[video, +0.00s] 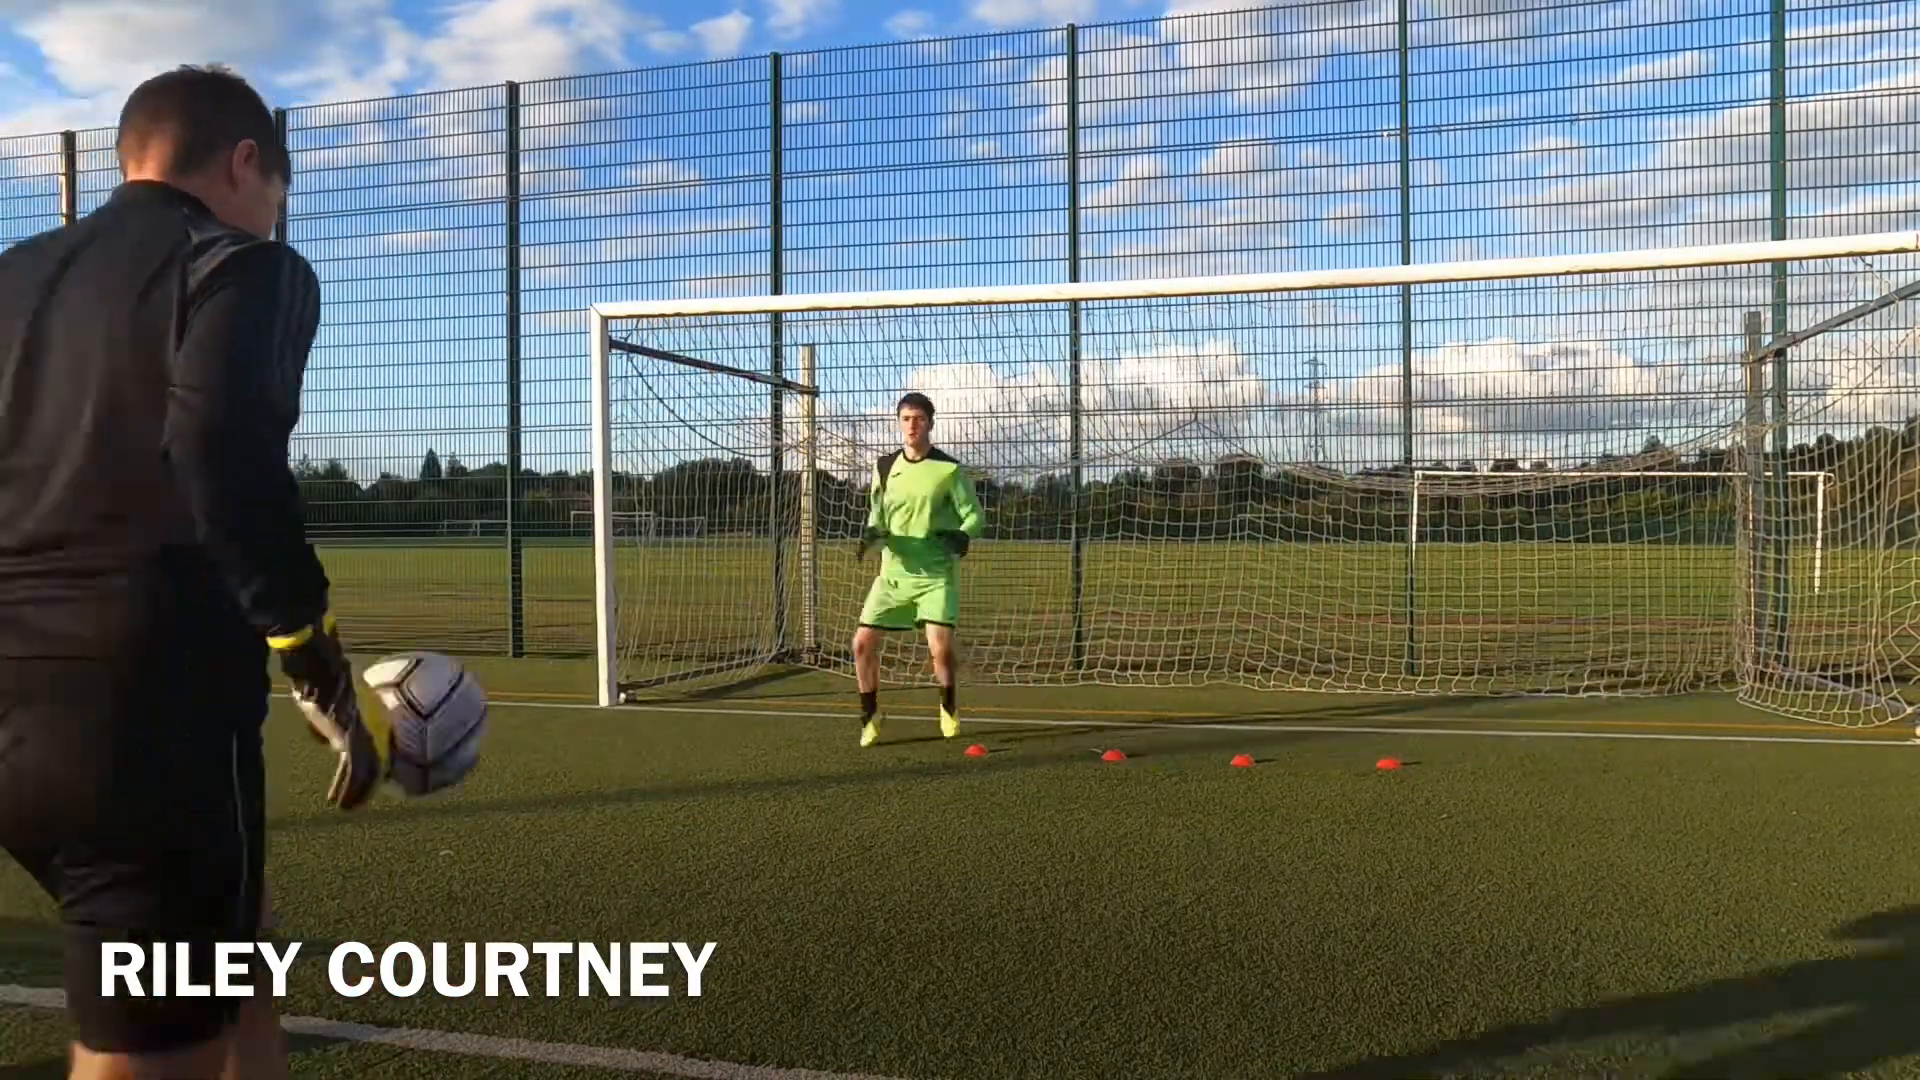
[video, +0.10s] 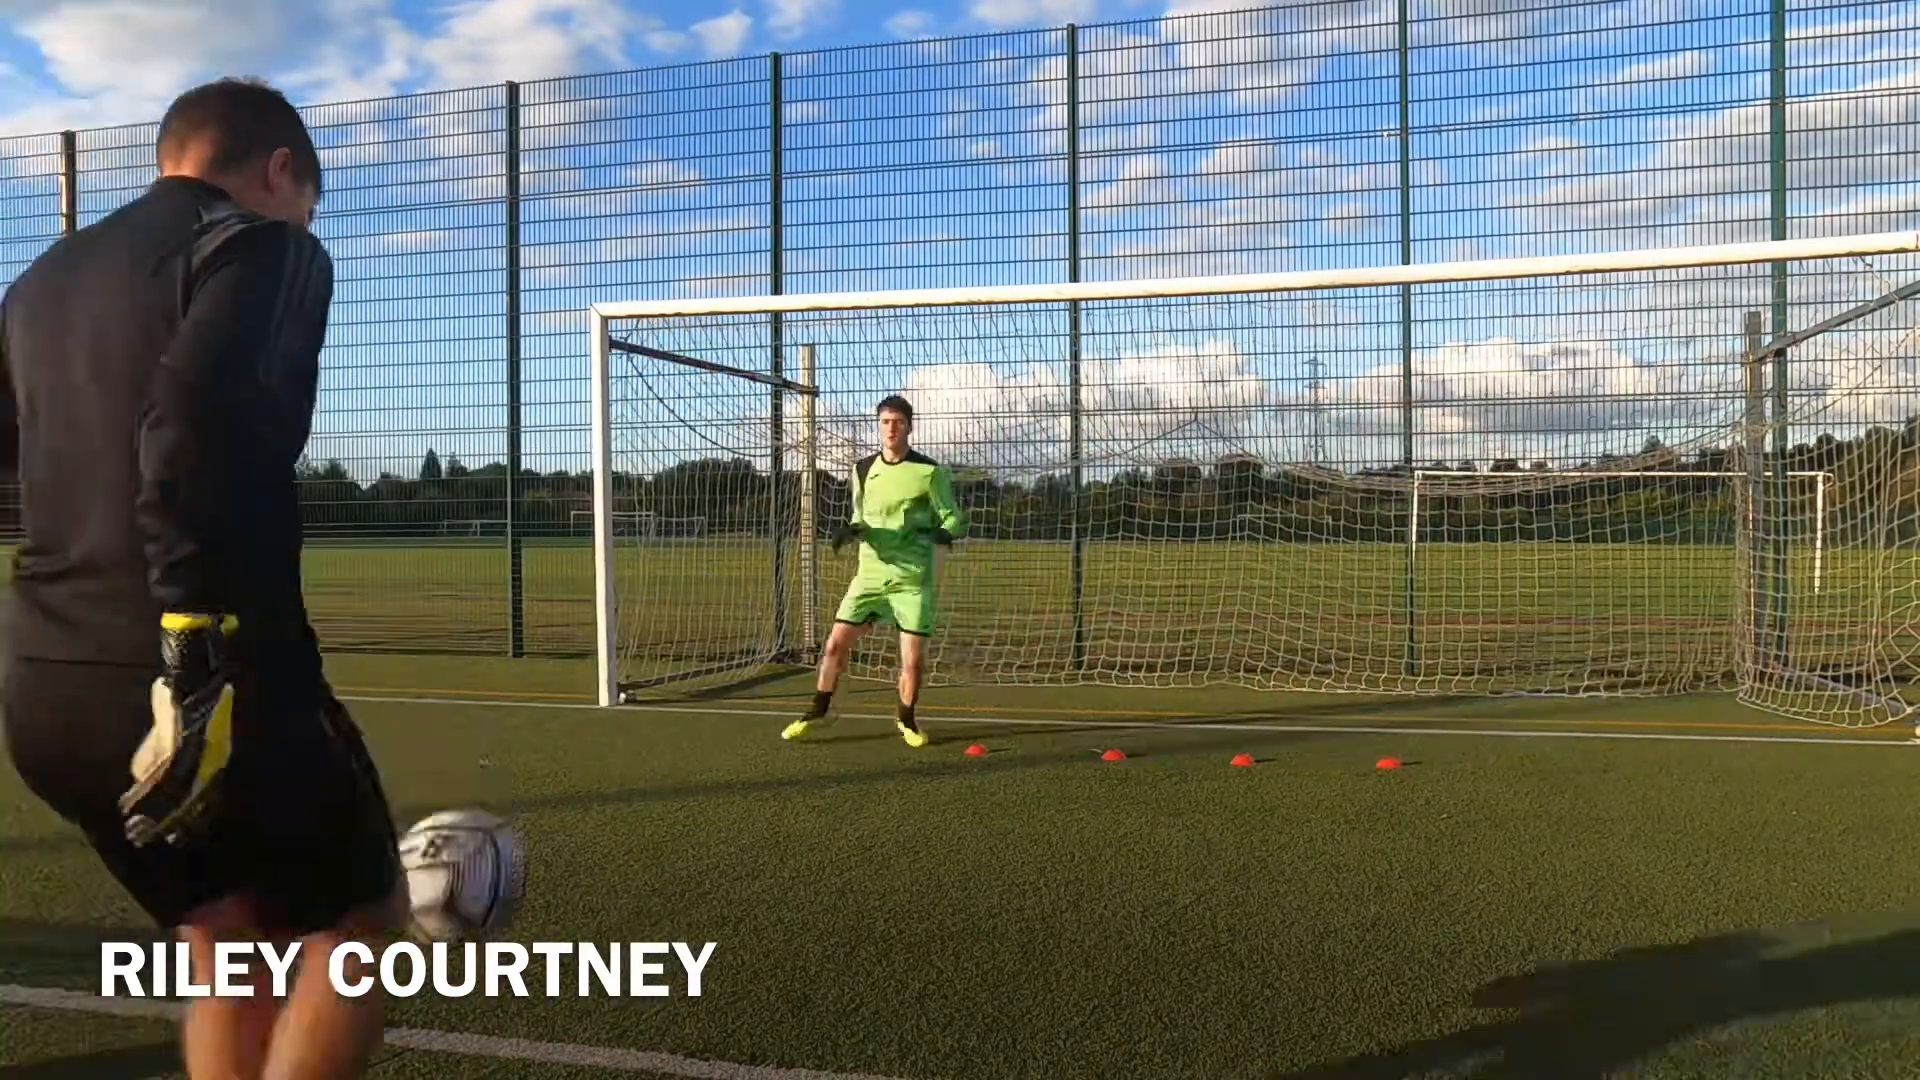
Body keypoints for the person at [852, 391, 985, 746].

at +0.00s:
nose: (912, 426)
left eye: (918, 419)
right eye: (906, 419)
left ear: (930, 423)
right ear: (898, 424)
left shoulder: (950, 470)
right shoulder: (885, 467)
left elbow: (974, 514)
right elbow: (876, 512)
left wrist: (963, 535)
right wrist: (871, 534)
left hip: (936, 575)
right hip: (893, 574)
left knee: (941, 648)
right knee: (863, 642)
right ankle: (870, 717)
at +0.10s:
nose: (892, 429)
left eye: (898, 422)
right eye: (886, 422)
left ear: (910, 427)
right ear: (878, 427)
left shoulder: (931, 472)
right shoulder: (862, 470)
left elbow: (955, 520)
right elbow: (860, 517)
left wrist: (937, 535)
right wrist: (848, 531)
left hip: (913, 579)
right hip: (869, 575)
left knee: (913, 659)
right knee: (835, 643)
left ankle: (906, 718)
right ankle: (819, 711)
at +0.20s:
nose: (873, 441)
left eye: (879, 435)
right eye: (867, 434)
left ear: (890, 439)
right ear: (859, 440)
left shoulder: (909, 486)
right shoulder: (843, 481)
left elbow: (922, 540)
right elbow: (835, 529)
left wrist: (921, 539)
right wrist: (824, 537)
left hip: (890, 590)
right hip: (846, 588)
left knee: (901, 663)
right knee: (812, 658)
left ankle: (906, 724)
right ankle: (790, 720)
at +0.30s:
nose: (858, 443)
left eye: (864, 437)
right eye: (852, 437)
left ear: (875, 442)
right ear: (843, 441)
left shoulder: (890, 488)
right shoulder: (824, 484)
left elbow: (900, 544)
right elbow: (809, 535)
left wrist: (893, 533)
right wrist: (803, 526)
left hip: (874, 593)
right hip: (829, 594)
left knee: (892, 662)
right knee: (801, 662)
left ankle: (904, 723)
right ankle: (789, 722)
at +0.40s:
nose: (843, 436)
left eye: (850, 429)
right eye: (837, 429)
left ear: (862, 434)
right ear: (830, 435)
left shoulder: (875, 478)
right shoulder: (815, 478)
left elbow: (868, 521)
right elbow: (786, 523)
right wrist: (777, 495)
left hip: (866, 587)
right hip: (822, 588)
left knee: (890, 659)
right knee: (796, 658)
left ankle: (904, 723)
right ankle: (789, 721)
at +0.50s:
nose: (820, 430)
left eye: (827, 423)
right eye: (815, 424)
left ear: (842, 428)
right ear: (809, 430)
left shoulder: (858, 470)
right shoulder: (801, 474)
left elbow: (832, 501)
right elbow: (776, 508)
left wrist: (803, 474)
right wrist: (766, 474)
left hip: (863, 581)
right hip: (820, 584)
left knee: (886, 654)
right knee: (796, 655)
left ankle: (906, 722)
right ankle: (790, 720)